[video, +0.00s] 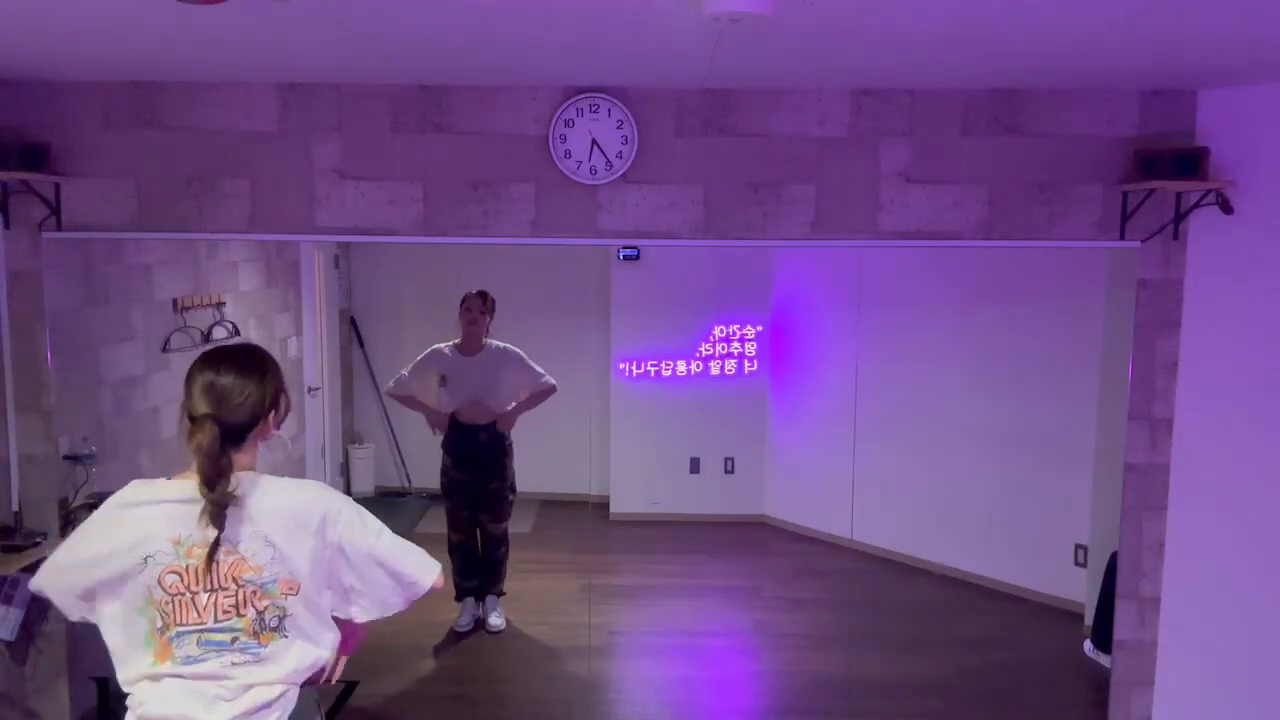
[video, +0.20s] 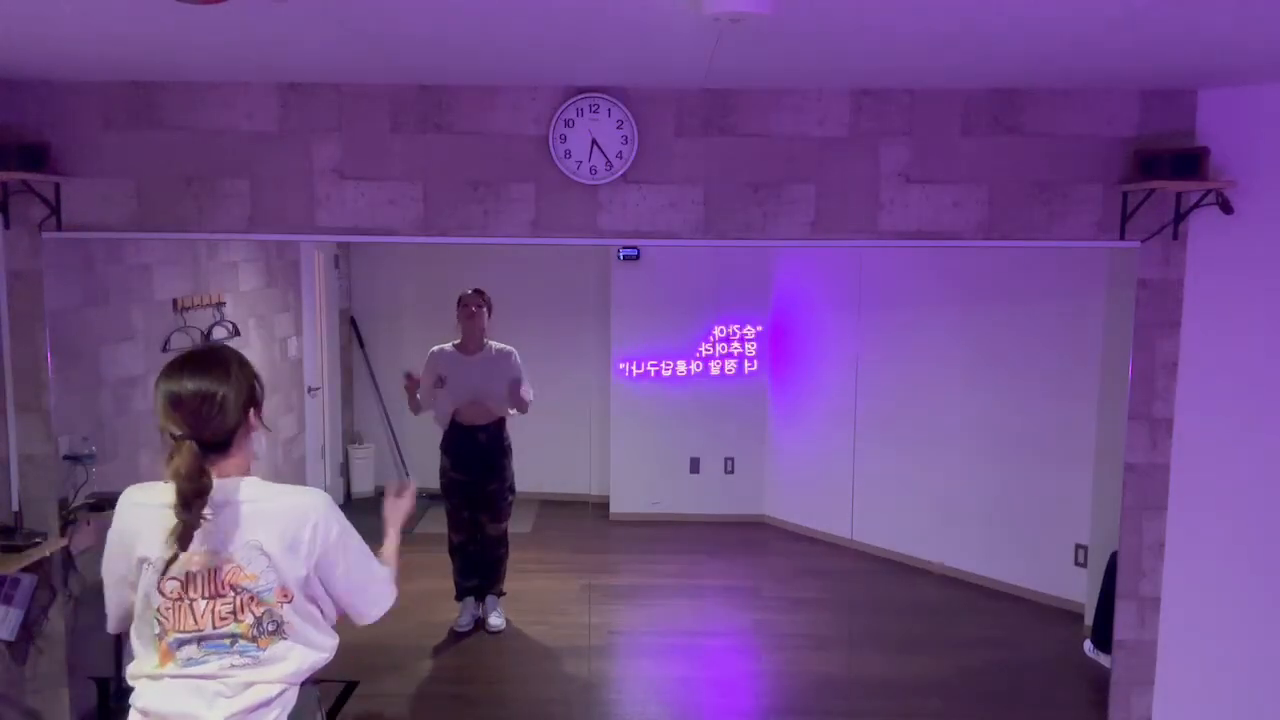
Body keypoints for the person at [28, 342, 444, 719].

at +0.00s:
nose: (283, 416)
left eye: (282, 404)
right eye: (282, 406)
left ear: (189, 411)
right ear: (271, 420)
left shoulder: (131, 507)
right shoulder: (312, 507)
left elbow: (55, 583)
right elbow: (429, 579)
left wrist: (138, 614)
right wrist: (351, 623)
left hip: (157, 708)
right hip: (270, 710)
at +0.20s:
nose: (261, 413)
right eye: (259, 402)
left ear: (168, 422)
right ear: (253, 417)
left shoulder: (136, 507)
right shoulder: (306, 511)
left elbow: (118, 615)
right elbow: (373, 603)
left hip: (154, 710)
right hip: (266, 710)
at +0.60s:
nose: (244, 416)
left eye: (241, 404)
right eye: (242, 406)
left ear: (153, 421)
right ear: (234, 418)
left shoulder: (118, 517)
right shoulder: (289, 512)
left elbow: (126, 631)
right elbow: (316, 610)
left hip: (151, 710)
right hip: (262, 710)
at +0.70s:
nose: (244, 418)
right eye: (243, 407)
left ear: (151, 420)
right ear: (234, 419)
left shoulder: (114, 516)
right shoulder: (285, 511)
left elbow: (118, 633)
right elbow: (320, 622)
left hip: (148, 710)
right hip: (258, 710)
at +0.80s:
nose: (244, 417)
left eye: (242, 405)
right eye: (242, 407)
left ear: (152, 418)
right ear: (232, 419)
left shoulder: (110, 514)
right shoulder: (282, 511)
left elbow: (116, 632)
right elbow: (317, 624)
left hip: (141, 709)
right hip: (253, 710)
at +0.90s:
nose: (245, 417)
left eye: (244, 402)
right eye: (244, 404)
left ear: (154, 412)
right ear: (233, 419)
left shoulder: (113, 510)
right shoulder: (278, 508)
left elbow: (114, 635)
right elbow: (314, 625)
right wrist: (359, 569)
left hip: (134, 706)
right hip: (244, 707)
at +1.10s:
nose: (248, 417)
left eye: (246, 406)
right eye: (246, 407)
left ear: (158, 419)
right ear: (234, 420)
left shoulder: (127, 510)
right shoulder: (279, 507)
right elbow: (311, 620)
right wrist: (346, 561)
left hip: (126, 708)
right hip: (234, 710)